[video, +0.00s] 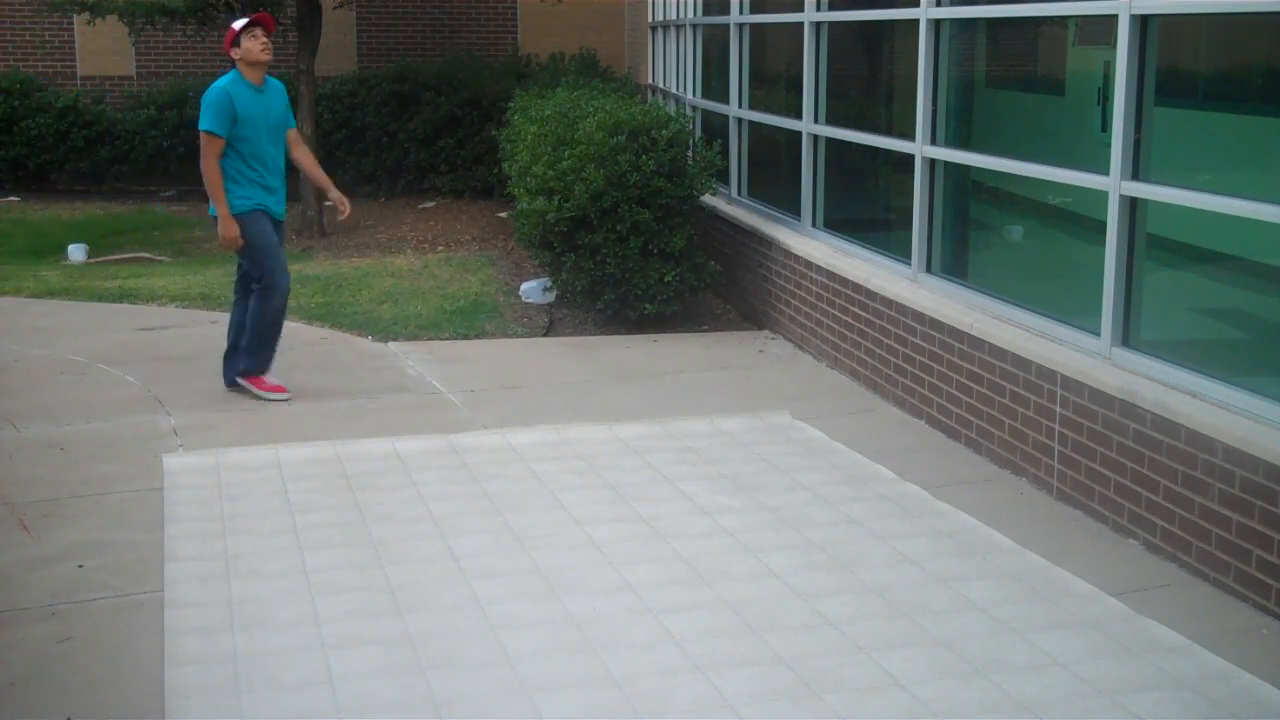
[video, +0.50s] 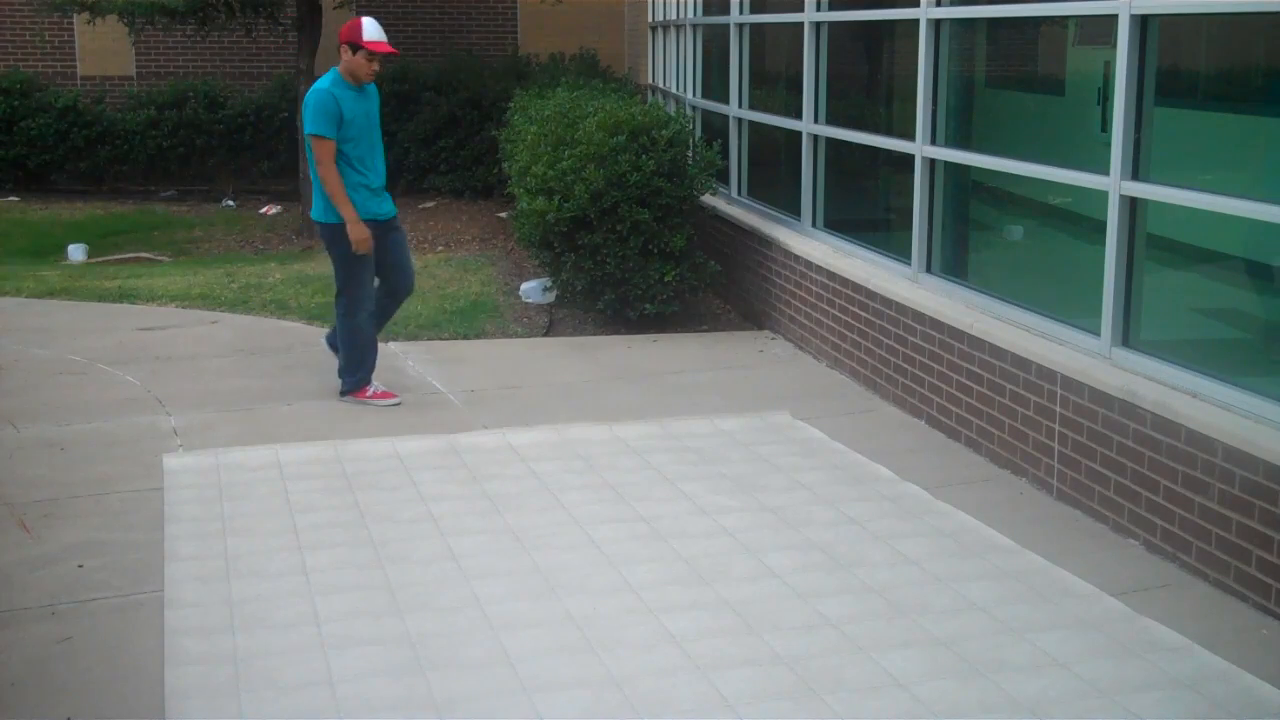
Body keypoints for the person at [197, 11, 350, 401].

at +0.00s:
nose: (264, 42)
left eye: (266, 37)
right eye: (253, 38)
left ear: (270, 48)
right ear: (235, 52)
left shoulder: (276, 90)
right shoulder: (221, 94)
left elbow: (296, 146)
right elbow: (209, 160)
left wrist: (330, 188)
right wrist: (224, 215)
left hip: (273, 205)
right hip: (240, 205)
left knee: (250, 288)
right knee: (275, 281)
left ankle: (236, 372)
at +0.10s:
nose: (284, 43)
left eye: (285, 39)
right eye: (273, 40)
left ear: (290, 50)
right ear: (255, 55)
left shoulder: (298, 91)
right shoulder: (241, 96)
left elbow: (320, 147)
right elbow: (227, 162)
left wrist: (358, 179)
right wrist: (237, 220)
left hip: (289, 208)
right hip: (259, 208)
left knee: (260, 293)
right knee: (293, 286)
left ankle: (240, 372)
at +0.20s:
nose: (304, 47)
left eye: (306, 43)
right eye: (293, 44)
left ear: (312, 54)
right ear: (275, 60)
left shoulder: (318, 93)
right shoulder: (263, 100)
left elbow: (339, 147)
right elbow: (250, 167)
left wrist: (379, 180)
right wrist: (256, 226)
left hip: (309, 211)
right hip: (279, 213)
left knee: (276, 293)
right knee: (317, 290)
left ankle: (243, 367)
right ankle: (349, 378)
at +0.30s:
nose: (328, 52)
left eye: (329, 46)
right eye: (317, 47)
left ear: (332, 53)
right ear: (298, 58)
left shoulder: (337, 93)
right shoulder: (284, 102)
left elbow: (354, 150)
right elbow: (274, 170)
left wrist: (391, 190)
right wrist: (282, 230)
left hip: (334, 212)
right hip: (306, 215)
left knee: (313, 291)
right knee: (339, 292)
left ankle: (260, 355)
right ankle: (355, 382)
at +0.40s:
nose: (353, 57)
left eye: (355, 49)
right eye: (344, 50)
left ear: (355, 52)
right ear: (321, 54)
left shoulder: (353, 91)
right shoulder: (304, 100)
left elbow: (363, 150)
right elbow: (301, 170)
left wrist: (388, 198)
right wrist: (316, 228)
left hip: (360, 210)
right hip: (328, 215)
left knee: (366, 290)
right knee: (351, 298)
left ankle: (296, 339)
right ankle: (356, 383)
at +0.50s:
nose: (376, 66)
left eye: (380, 59)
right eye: (370, 58)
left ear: (378, 57)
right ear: (345, 53)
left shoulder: (369, 90)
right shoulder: (322, 96)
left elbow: (366, 150)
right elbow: (325, 168)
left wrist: (379, 203)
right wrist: (352, 220)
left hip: (378, 209)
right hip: (342, 215)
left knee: (400, 282)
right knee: (355, 298)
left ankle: (345, 338)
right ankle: (355, 383)